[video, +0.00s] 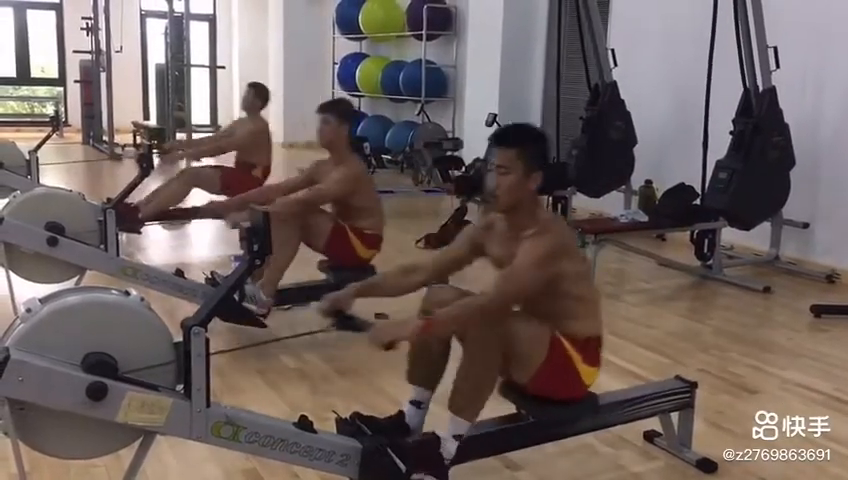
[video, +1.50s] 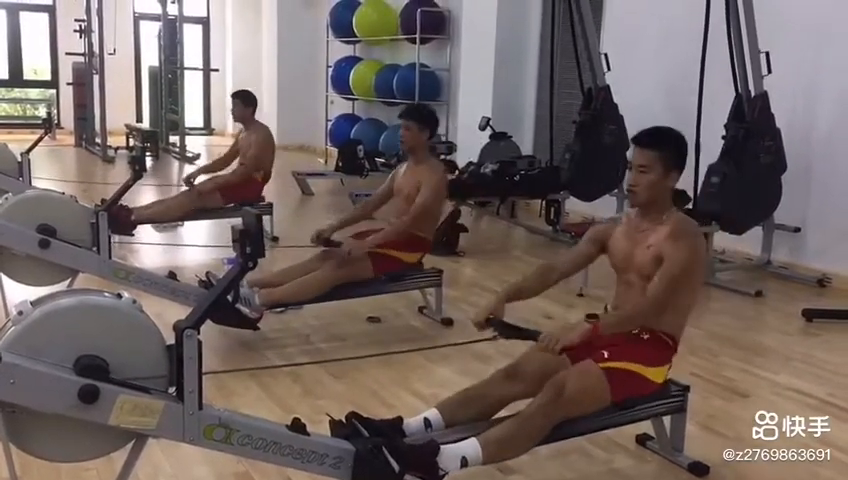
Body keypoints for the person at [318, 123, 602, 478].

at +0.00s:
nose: (491, 181)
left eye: (503, 172)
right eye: (491, 170)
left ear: (534, 181)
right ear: (489, 171)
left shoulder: (548, 239)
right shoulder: (491, 227)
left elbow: (493, 303)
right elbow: (423, 270)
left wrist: (409, 327)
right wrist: (356, 291)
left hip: (571, 361)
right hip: (528, 344)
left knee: (487, 324)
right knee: (437, 300)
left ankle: (445, 450)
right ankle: (410, 423)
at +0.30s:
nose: (636, 165)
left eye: (649, 158)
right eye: (635, 155)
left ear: (675, 168)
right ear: (631, 159)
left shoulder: (678, 228)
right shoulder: (613, 217)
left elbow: (630, 276)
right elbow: (546, 251)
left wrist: (564, 290)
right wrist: (491, 263)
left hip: (643, 346)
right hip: (602, 323)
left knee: (552, 363)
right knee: (501, 340)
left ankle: (446, 450)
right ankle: (411, 423)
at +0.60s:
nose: (699, 198)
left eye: (711, 193)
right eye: (698, 190)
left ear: (735, 204)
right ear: (694, 194)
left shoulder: (743, 251)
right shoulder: (670, 234)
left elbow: (753, 319)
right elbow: (638, 280)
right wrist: (607, 262)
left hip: (653, 343)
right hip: (614, 322)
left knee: (561, 375)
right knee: (524, 356)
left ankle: (439, 453)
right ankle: (401, 423)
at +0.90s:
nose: (691, 195)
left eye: (703, 189)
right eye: (691, 186)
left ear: (729, 200)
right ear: (689, 192)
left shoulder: (741, 259)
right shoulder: (668, 239)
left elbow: (754, 333)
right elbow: (643, 297)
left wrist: (722, 293)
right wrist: (621, 285)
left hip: (648, 348)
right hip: (611, 326)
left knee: (555, 383)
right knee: (519, 359)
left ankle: (440, 457)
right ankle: (403, 427)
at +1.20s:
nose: (657, 180)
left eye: (669, 173)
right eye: (656, 170)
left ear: (697, 182)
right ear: (653, 173)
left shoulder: (702, 236)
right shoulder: (632, 230)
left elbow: (700, 315)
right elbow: (585, 279)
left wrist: (638, 314)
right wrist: (548, 290)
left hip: (649, 347)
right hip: (604, 330)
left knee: (557, 388)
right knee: (514, 370)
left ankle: (438, 461)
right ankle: (406, 429)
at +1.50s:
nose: (632, 179)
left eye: (644, 171)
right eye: (631, 169)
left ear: (674, 177)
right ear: (629, 172)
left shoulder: (684, 238)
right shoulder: (614, 229)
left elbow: (645, 312)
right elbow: (555, 269)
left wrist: (584, 331)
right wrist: (504, 298)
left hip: (649, 348)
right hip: (607, 332)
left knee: (557, 394)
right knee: (515, 374)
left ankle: (444, 462)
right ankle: (407, 430)